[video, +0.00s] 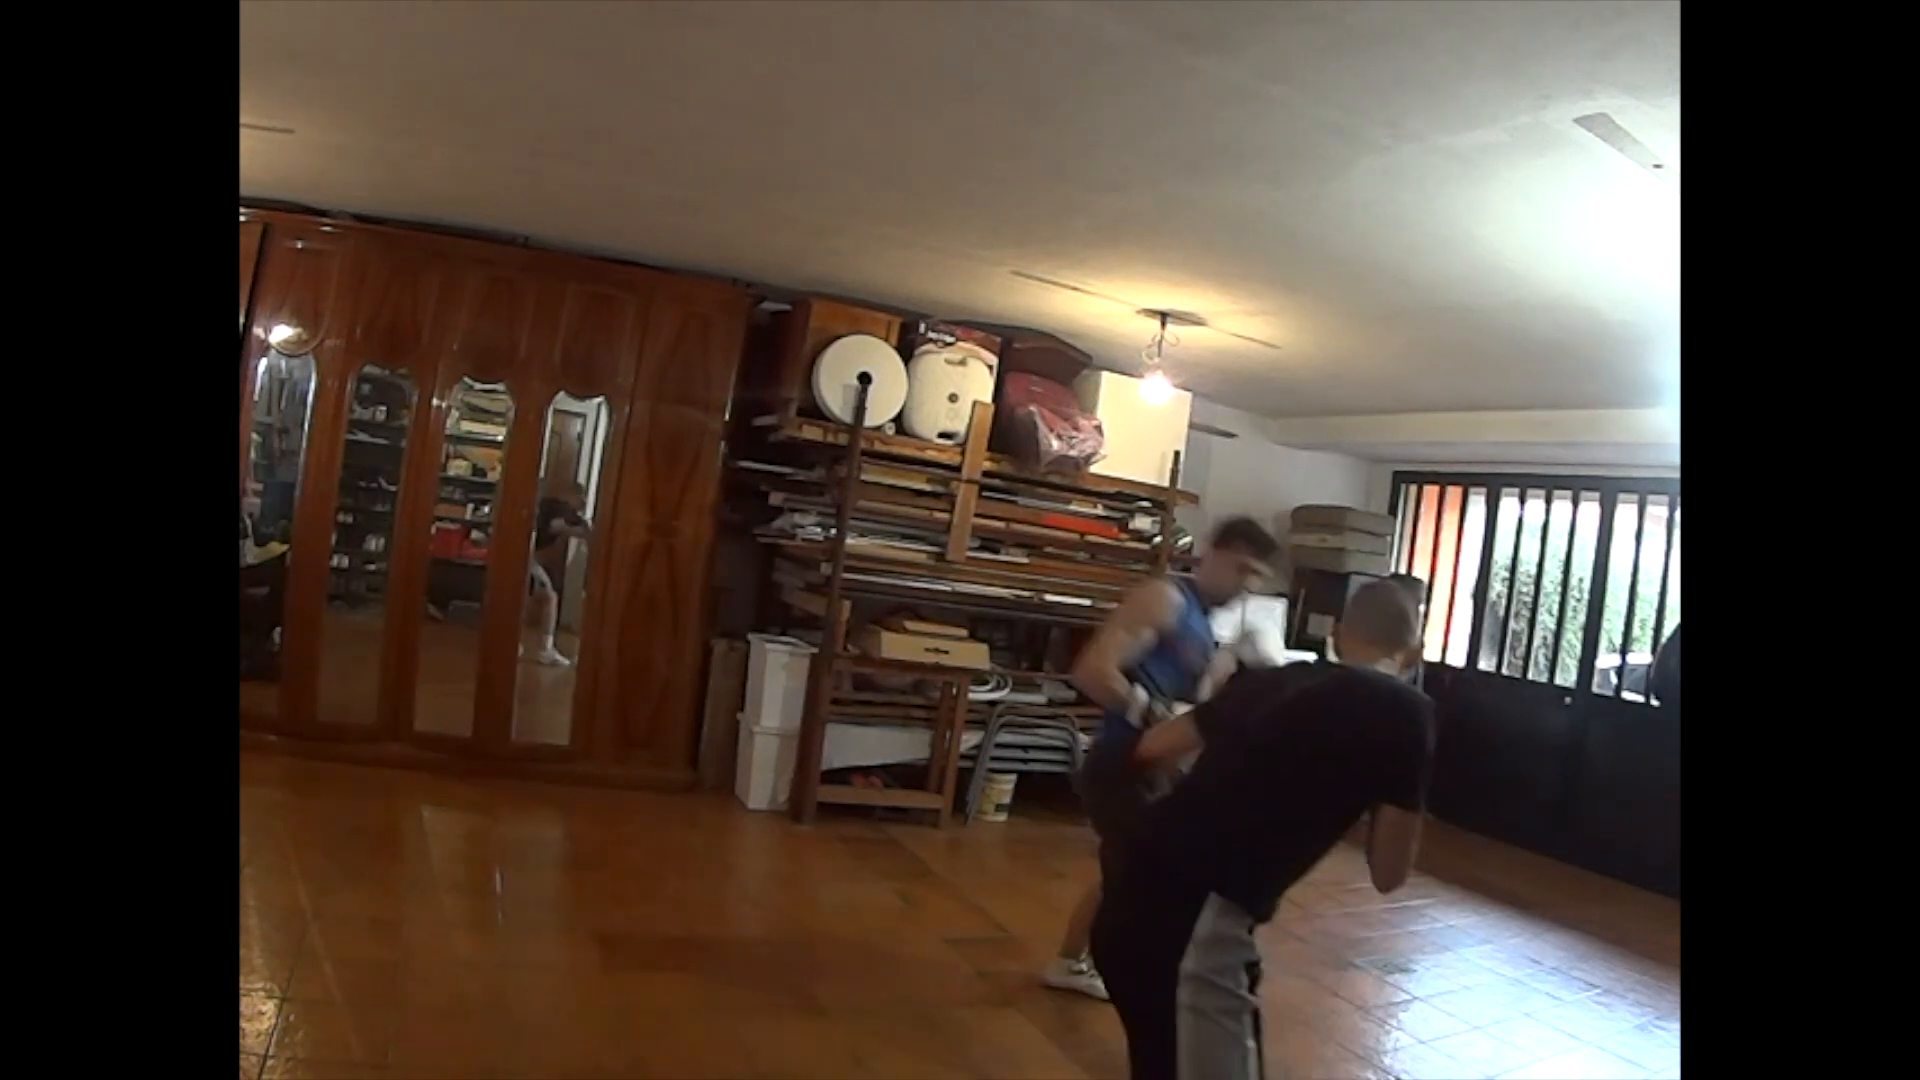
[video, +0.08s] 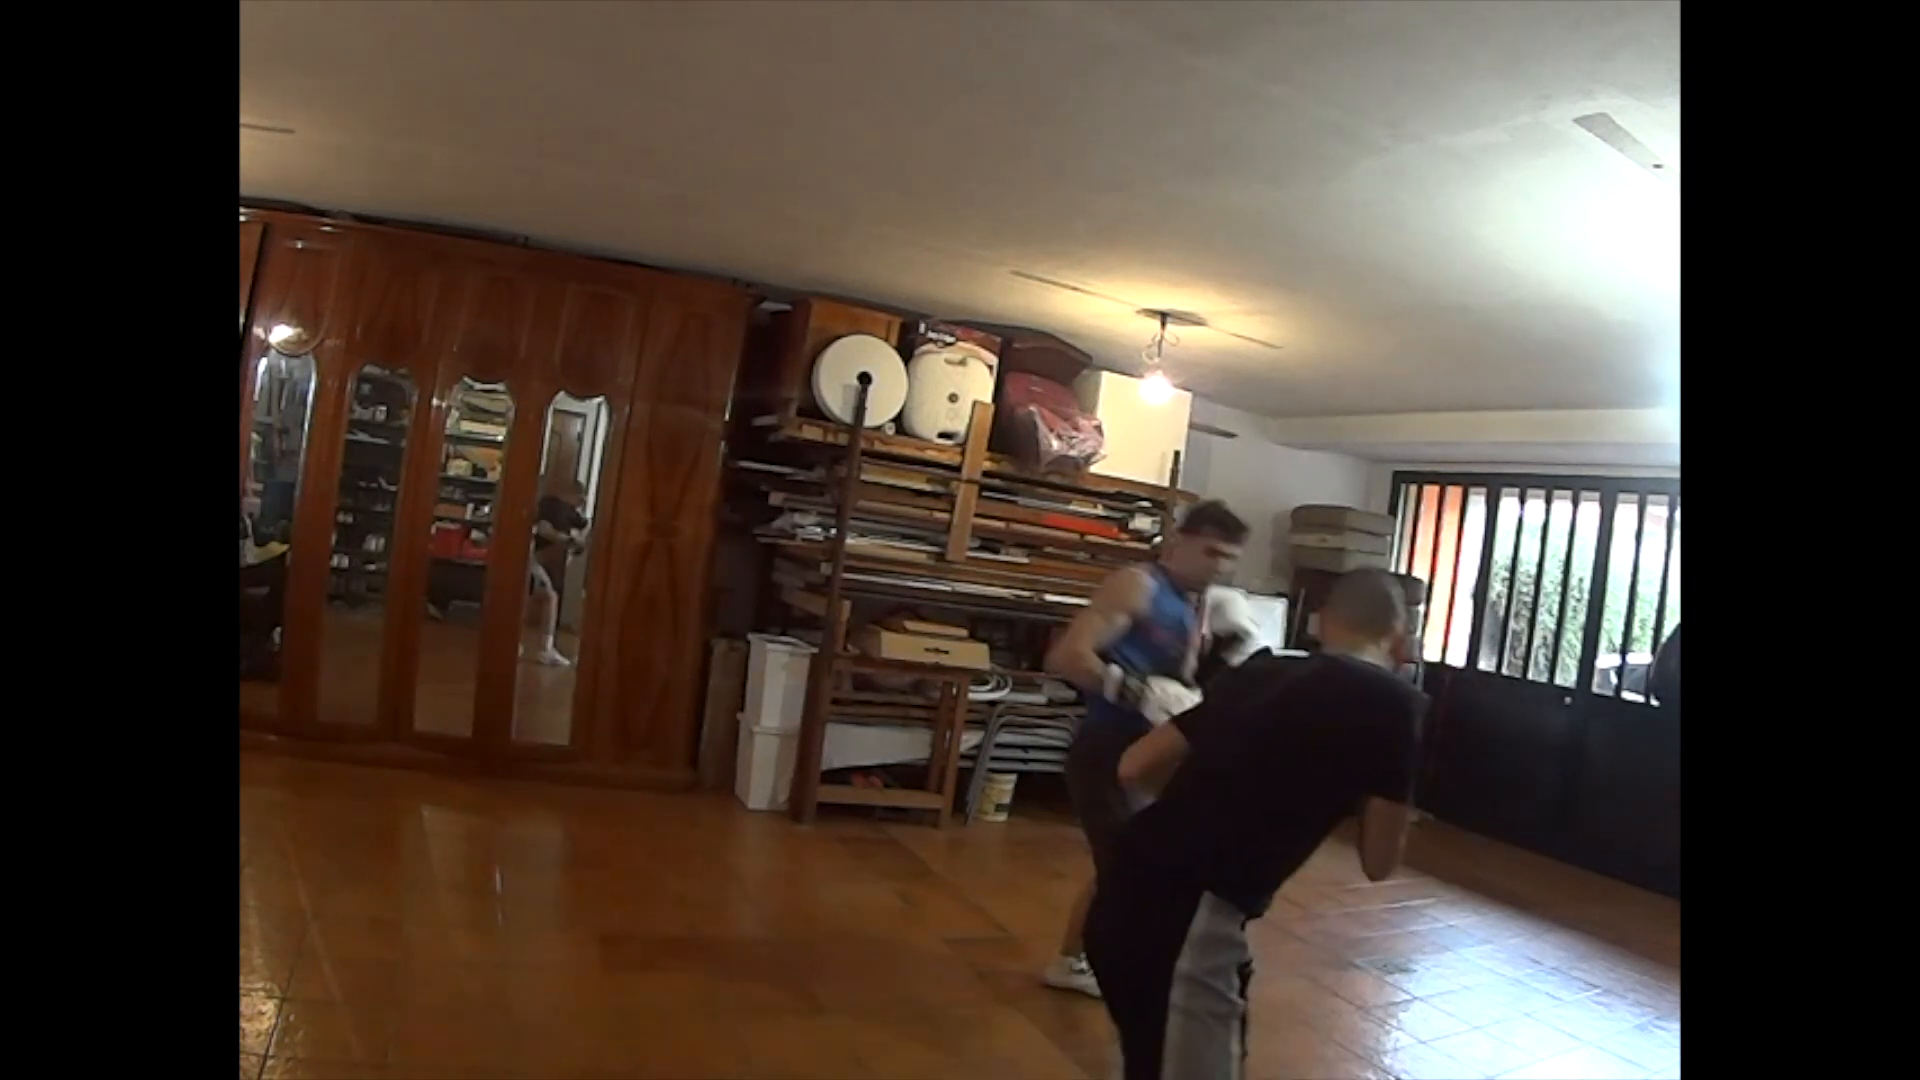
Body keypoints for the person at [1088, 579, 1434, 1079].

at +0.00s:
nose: (1417, 660)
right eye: (1418, 649)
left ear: (1338, 634)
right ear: (1412, 650)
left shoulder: (1272, 679)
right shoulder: (1404, 711)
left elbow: (1152, 746)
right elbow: (1389, 874)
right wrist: (1377, 793)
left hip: (1128, 907)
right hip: (1200, 938)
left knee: (1158, 1068)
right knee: (1215, 1069)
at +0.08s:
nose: (1406, 651)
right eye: (1406, 641)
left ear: (1319, 625)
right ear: (1398, 642)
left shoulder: (1262, 671)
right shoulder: (1391, 702)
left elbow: (1135, 765)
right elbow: (1379, 862)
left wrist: (1201, 802)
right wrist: (1363, 774)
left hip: (1123, 899)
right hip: (1195, 930)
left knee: (1148, 1065)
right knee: (1197, 1069)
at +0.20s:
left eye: (1289, 575)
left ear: (1287, 582)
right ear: (1366, 597)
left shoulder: (1219, 656)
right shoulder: (1366, 682)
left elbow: (1114, 769)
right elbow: (1357, 843)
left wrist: (1185, 789)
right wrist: (1329, 771)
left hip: (1113, 900)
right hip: (1184, 933)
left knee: (1123, 1062)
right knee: (1162, 1068)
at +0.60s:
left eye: (1205, 526)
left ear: (1206, 530)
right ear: (1290, 537)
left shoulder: (1144, 620)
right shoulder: (1317, 634)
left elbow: (1046, 751)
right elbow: (1313, 800)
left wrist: (1112, 743)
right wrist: (1243, 761)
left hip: (1097, 883)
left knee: (1089, 1060)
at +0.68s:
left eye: (1191, 526)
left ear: (1192, 530)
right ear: (1274, 537)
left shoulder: (1137, 623)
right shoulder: (1310, 630)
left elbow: (1047, 753)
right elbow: (1310, 789)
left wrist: (1111, 733)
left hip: (1104, 870)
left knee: (1099, 1062)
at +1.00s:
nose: (1199, 522)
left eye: (1199, 511)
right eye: (1202, 511)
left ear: (1209, 510)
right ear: (1276, 508)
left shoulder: (1166, 595)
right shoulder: (1335, 594)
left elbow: (1093, 717)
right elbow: (1330, 731)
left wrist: (1144, 680)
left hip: (1166, 851)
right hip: (1264, 861)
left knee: (1113, 1040)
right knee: (1250, 1062)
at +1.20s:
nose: (1276, 546)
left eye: (1275, 534)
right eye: (1276, 534)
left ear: (1289, 530)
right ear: (1345, 528)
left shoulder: (1254, 612)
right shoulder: (1415, 615)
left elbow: (1183, 733)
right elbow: (1411, 732)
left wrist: (1236, 685)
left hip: (1253, 874)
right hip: (1352, 884)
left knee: (1162, 1046)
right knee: (1346, 1066)